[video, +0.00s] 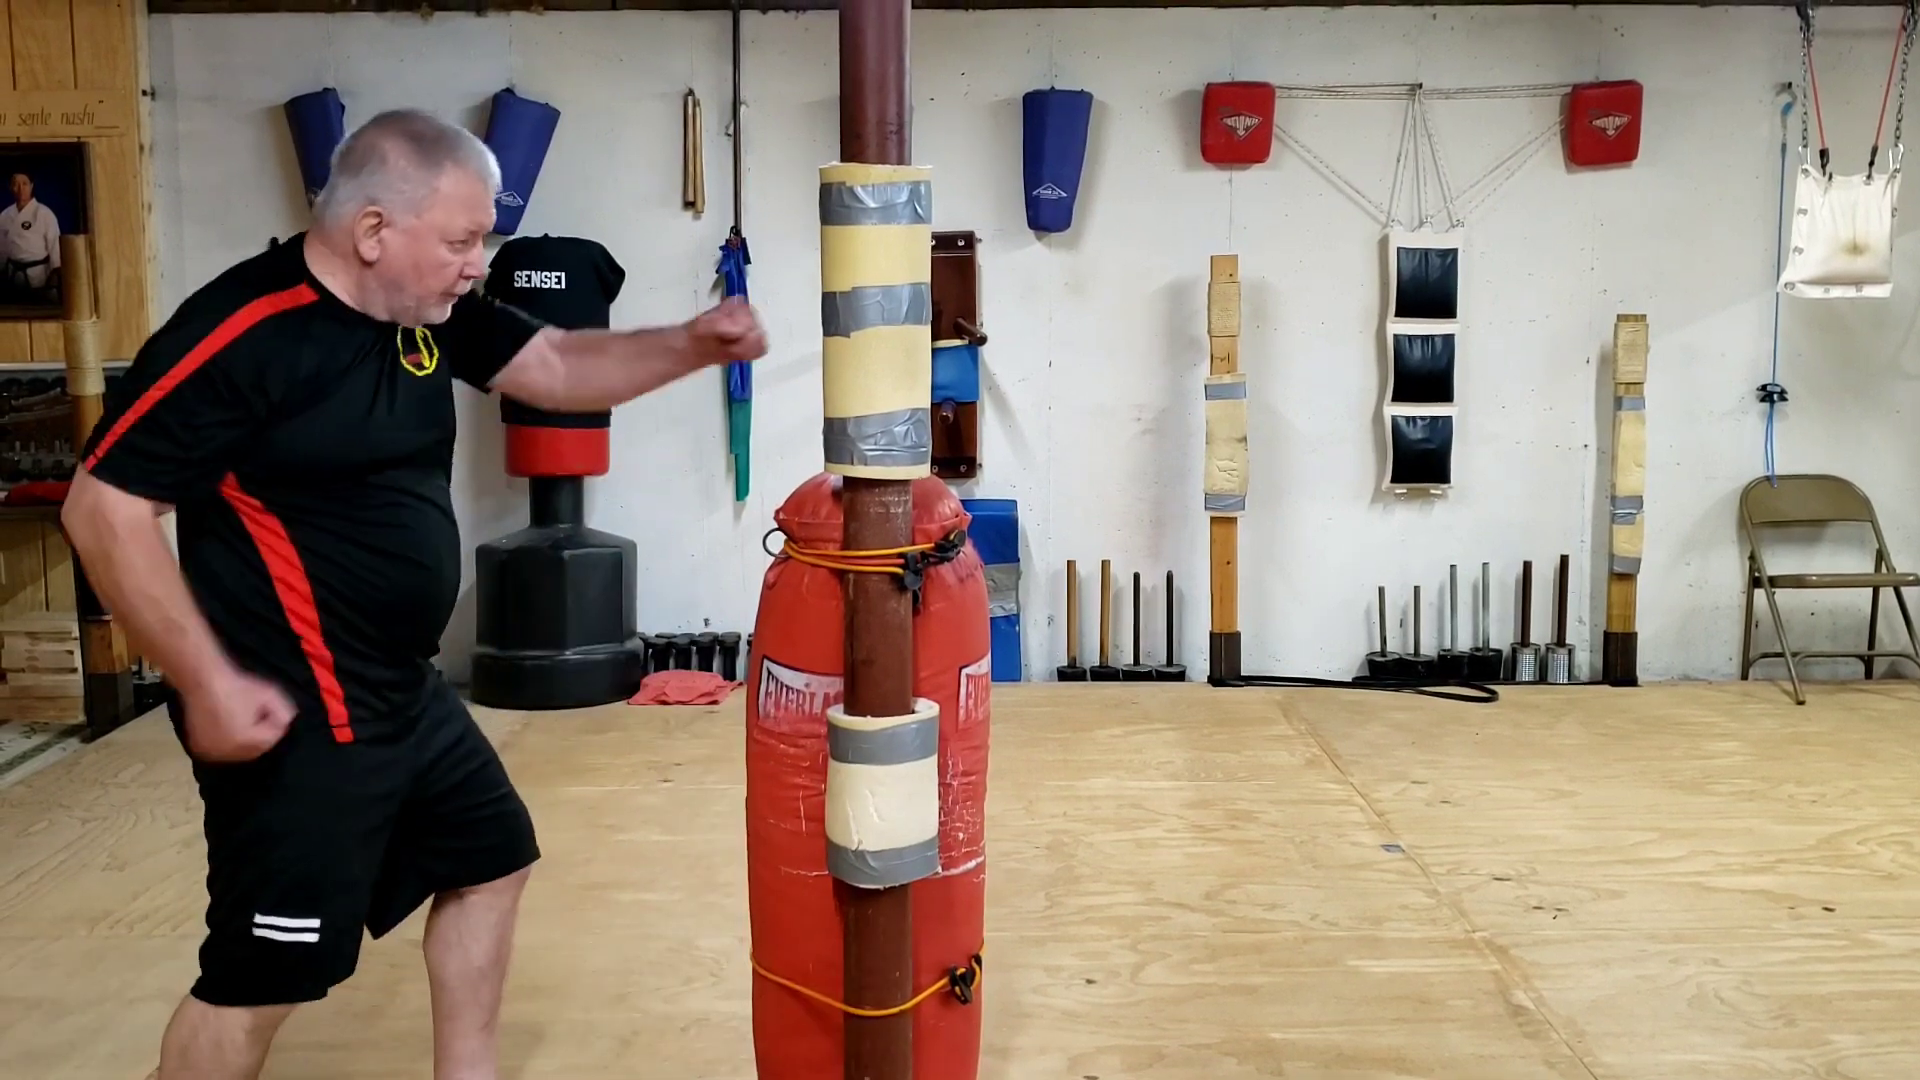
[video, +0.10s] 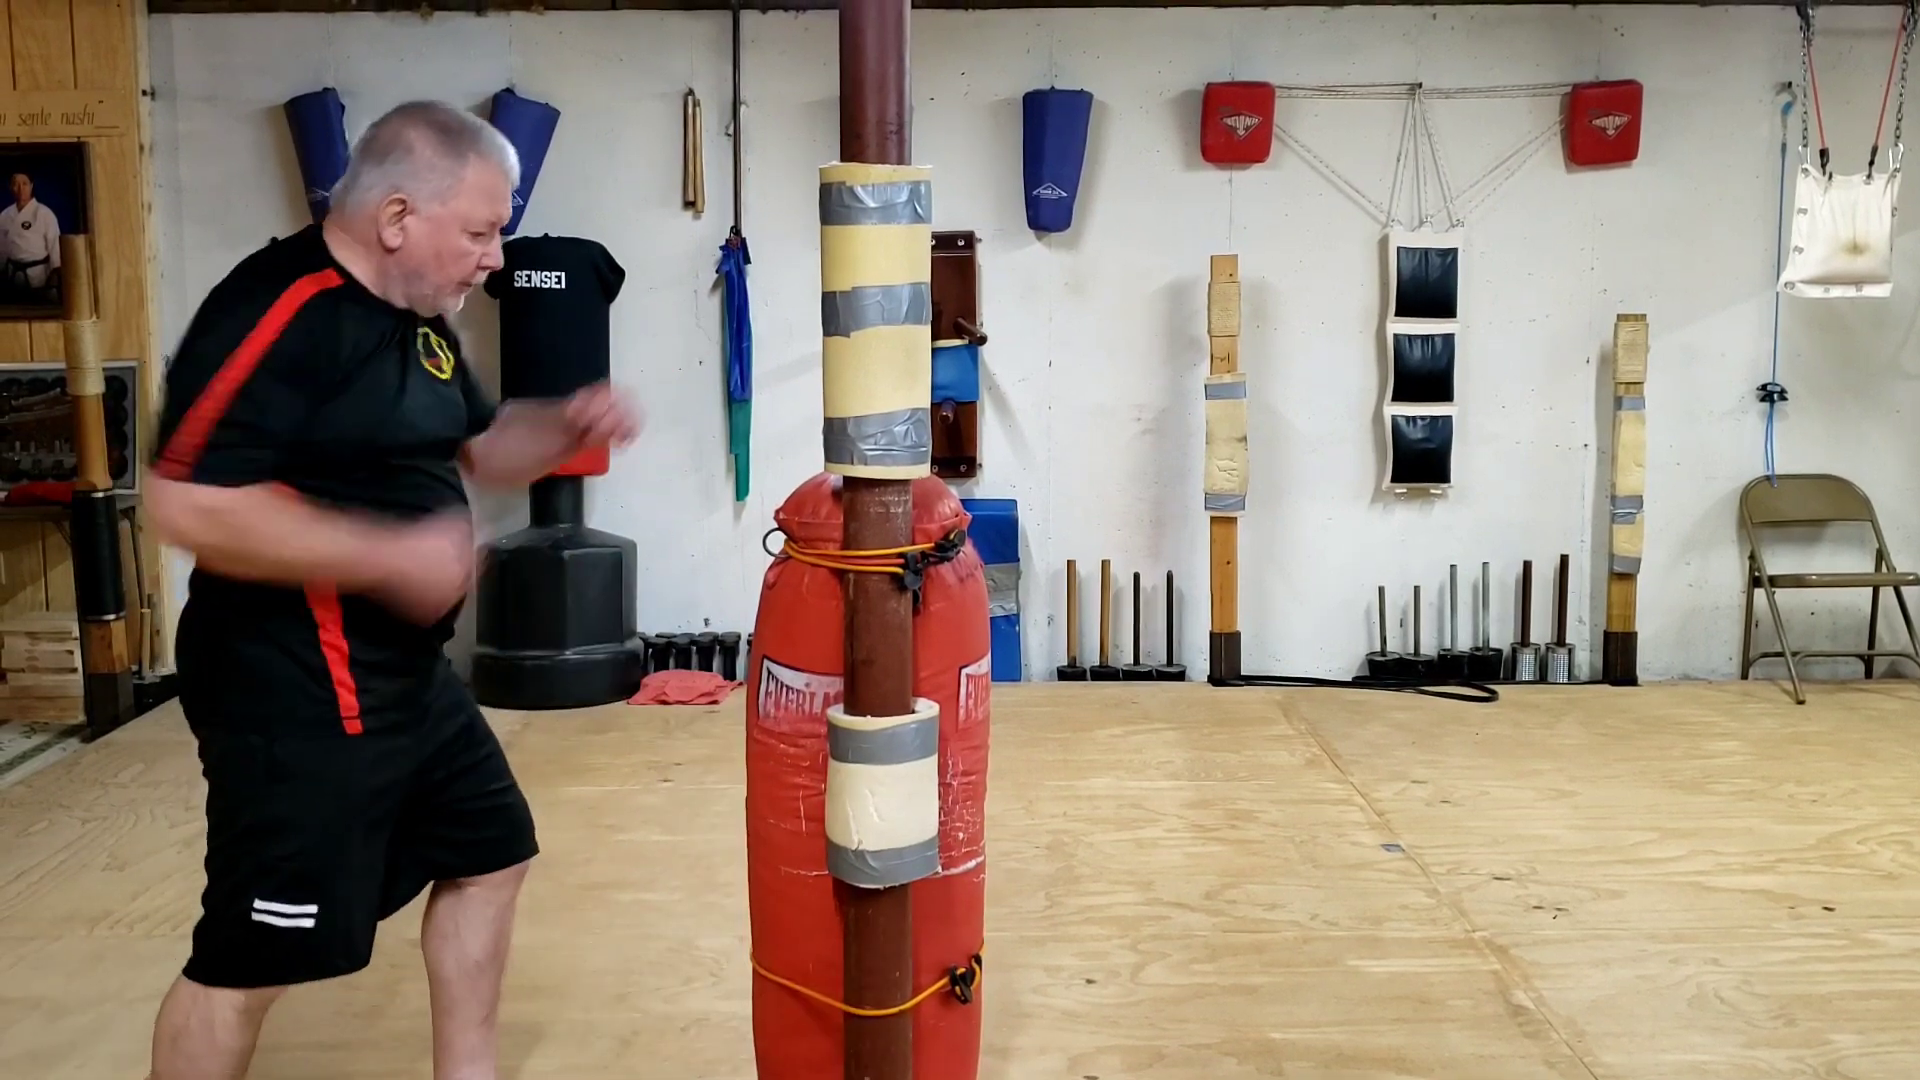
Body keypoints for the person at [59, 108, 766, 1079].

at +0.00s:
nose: (478, 268)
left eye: (482, 244)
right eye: (461, 243)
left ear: (383, 235)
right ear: (373, 234)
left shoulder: (421, 311)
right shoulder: (242, 323)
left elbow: (553, 367)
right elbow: (104, 503)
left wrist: (691, 345)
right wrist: (203, 679)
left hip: (404, 695)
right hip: (286, 719)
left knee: (490, 860)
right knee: (258, 971)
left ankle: (466, 1074)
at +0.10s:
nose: (494, 259)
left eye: (498, 235)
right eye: (480, 234)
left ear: (405, 226)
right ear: (396, 220)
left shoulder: (415, 315)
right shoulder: (274, 305)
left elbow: (472, 452)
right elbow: (182, 500)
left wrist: (563, 432)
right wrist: (388, 556)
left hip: (400, 668)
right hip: (279, 681)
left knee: (488, 851)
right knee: (248, 949)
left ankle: (465, 1072)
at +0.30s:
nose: (516, 252)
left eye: (518, 231)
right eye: (504, 227)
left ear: (430, 211)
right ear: (430, 208)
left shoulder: (412, 286)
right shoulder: (359, 283)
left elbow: (544, 370)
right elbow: (553, 379)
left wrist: (686, 313)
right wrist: (702, 306)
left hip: (455, 663)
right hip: (356, 676)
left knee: (517, 869)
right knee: (326, 945)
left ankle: (470, 1073)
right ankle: (198, 1070)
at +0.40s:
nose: (511, 232)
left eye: (514, 209)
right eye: (504, 204)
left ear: (415, 184)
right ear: (430, 181)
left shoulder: (304, 270)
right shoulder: (385, 265)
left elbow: (269, 450)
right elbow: (479, 415)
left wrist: (371, 528)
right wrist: (661, 390)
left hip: (374, 613)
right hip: (427, 612)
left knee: (503, 850)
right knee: (552, 854)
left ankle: (469, 1070)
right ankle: (284, 1048)